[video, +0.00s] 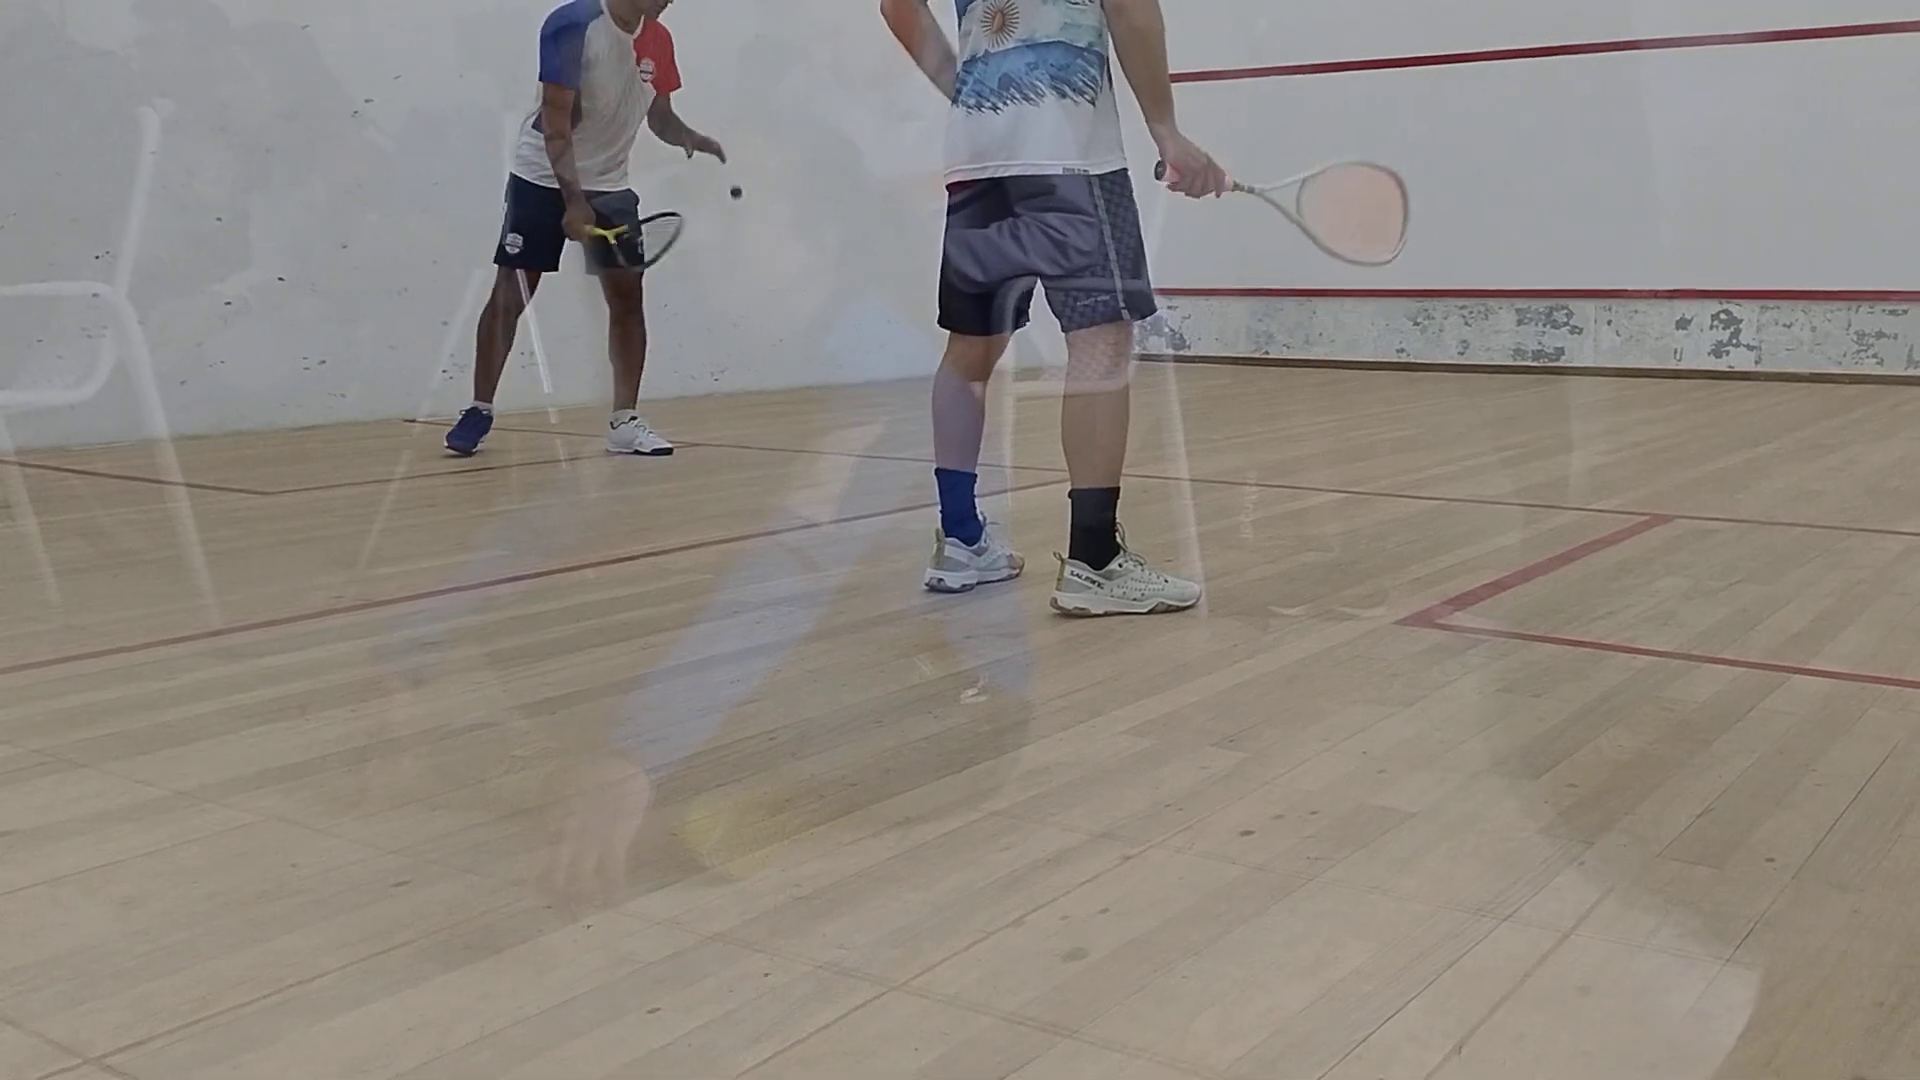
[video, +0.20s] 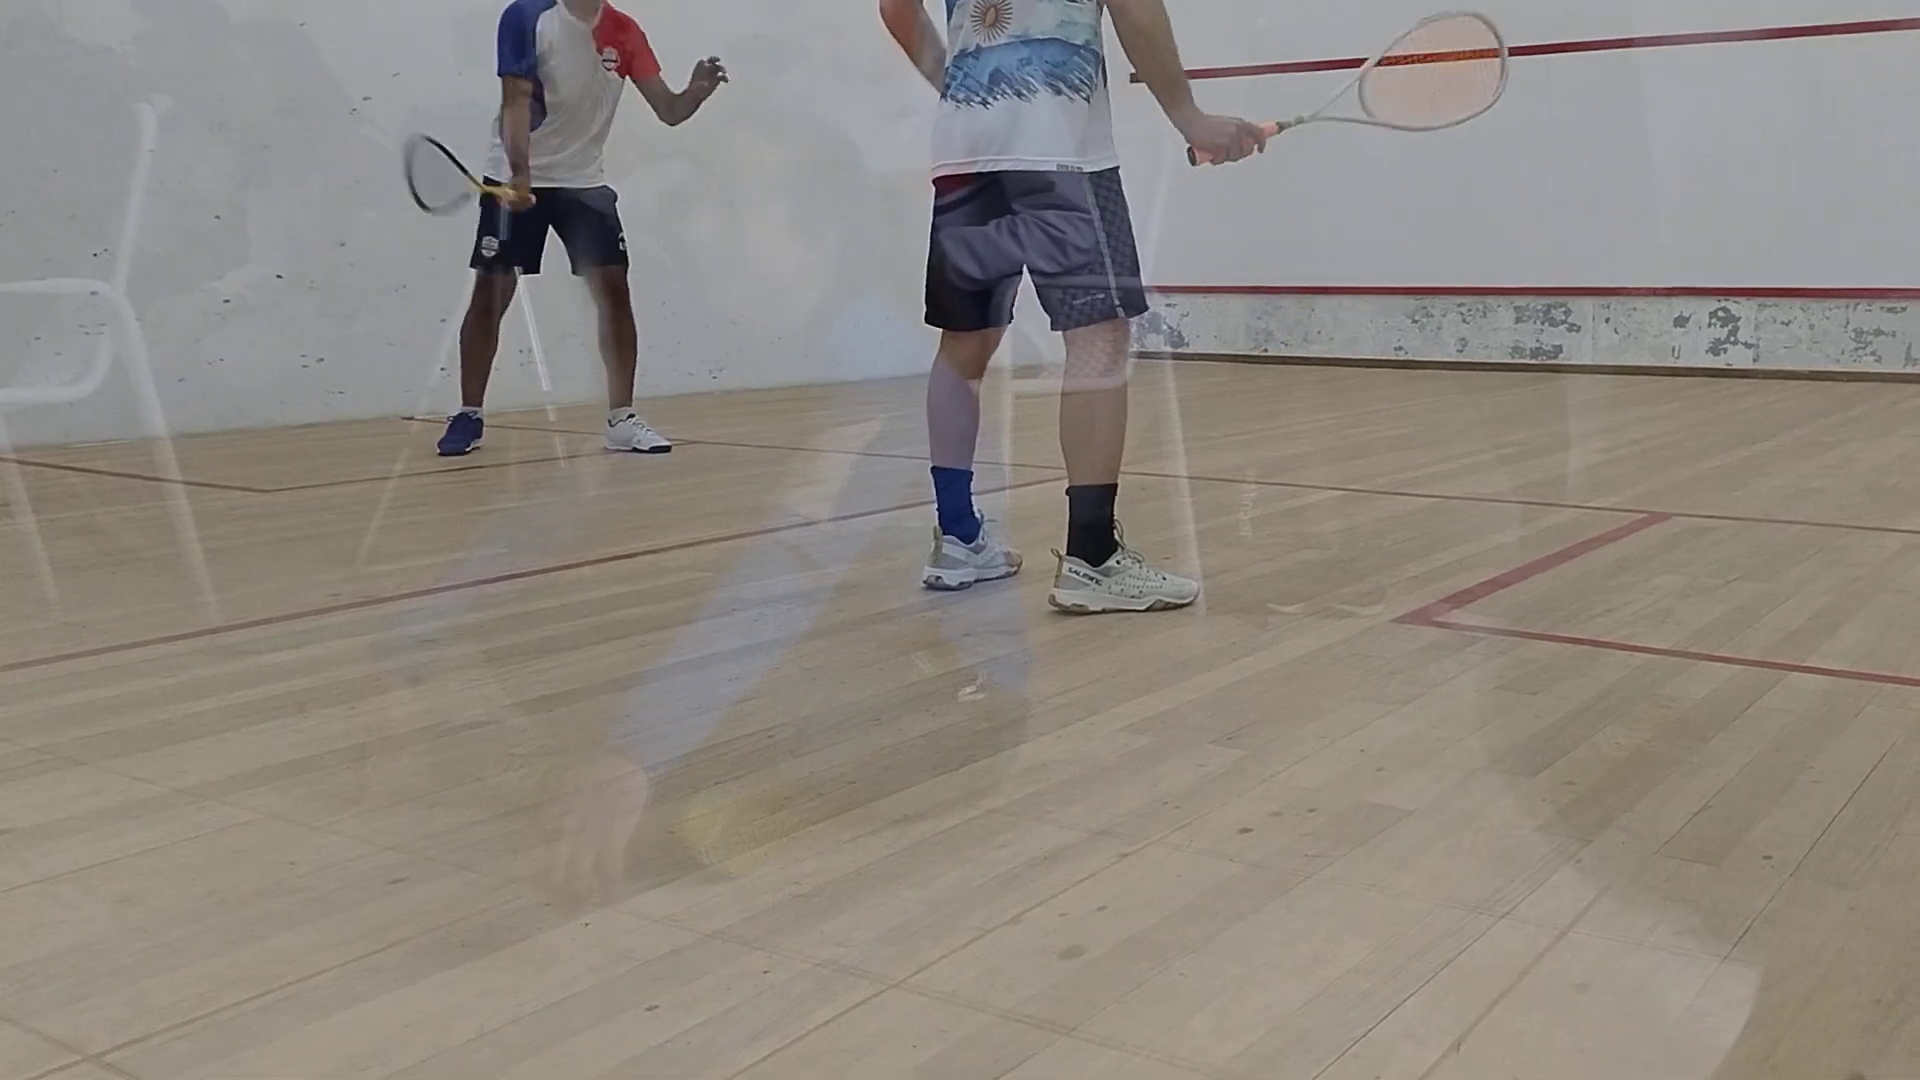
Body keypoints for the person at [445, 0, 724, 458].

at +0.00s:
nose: (664, 3)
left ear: (658, 4)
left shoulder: (657, 38)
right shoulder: (569, 27)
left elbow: (659, 115)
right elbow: (556, 126)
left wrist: (690, 138)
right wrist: (574, 200)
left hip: (608, 183)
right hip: (542, 180)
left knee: (628, 298)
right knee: (510, 296)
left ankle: (624, 422)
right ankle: (480, 409)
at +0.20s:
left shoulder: (623, 30)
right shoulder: (524, 16)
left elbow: (669, 110)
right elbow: (515, 100)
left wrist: (696, 90)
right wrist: (519, 174)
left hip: (585, 182)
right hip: (517, 177)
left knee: (614, 288)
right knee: (491, 292)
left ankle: (622, 419)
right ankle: (469, 413)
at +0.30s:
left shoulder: (600, 25)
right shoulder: (496, 17)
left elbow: (655, 99)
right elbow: (480, 96)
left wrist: (685, 83)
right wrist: (475, 146)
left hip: (566, 179)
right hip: (498, 178)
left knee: (602, 287)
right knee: (479, 297)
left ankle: (620, 419)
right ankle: (466, 415)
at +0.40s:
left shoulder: (576, 22)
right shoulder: (467, 15)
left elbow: (630, 96)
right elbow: (441, 95)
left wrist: (665, 90)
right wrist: (422, 116)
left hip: (549, 174)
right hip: (477, 173)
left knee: (587, 282)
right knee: (468, 292)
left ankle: (614, 417)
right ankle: (464, 415)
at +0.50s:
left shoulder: (554, 17)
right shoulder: (443, 12)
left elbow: (603, 98)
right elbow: (407, 89)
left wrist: (636, 117)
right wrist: (372, 78)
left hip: (535, 173)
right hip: (463, 172)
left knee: (574, 279)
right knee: (461, 290)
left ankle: (592, 417)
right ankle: (460, 414)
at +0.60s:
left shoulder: (533, 13)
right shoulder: (423, 9)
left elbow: (576, 97)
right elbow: (376, 77)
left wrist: (602, 139)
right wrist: (336, 43)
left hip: (523, 170)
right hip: (450, 169)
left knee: (556, 286)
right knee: (450, 294)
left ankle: (563, 416)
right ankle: (453, 413)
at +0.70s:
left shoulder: (520, 10)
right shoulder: (411, 8)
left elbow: (565, 104)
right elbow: (353, 67)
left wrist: (585, 155)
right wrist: (316, 17)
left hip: (514, 167)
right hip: (441, 167)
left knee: (544, 281)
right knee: (443, 291)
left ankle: (554, 415)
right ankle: (450, 411)